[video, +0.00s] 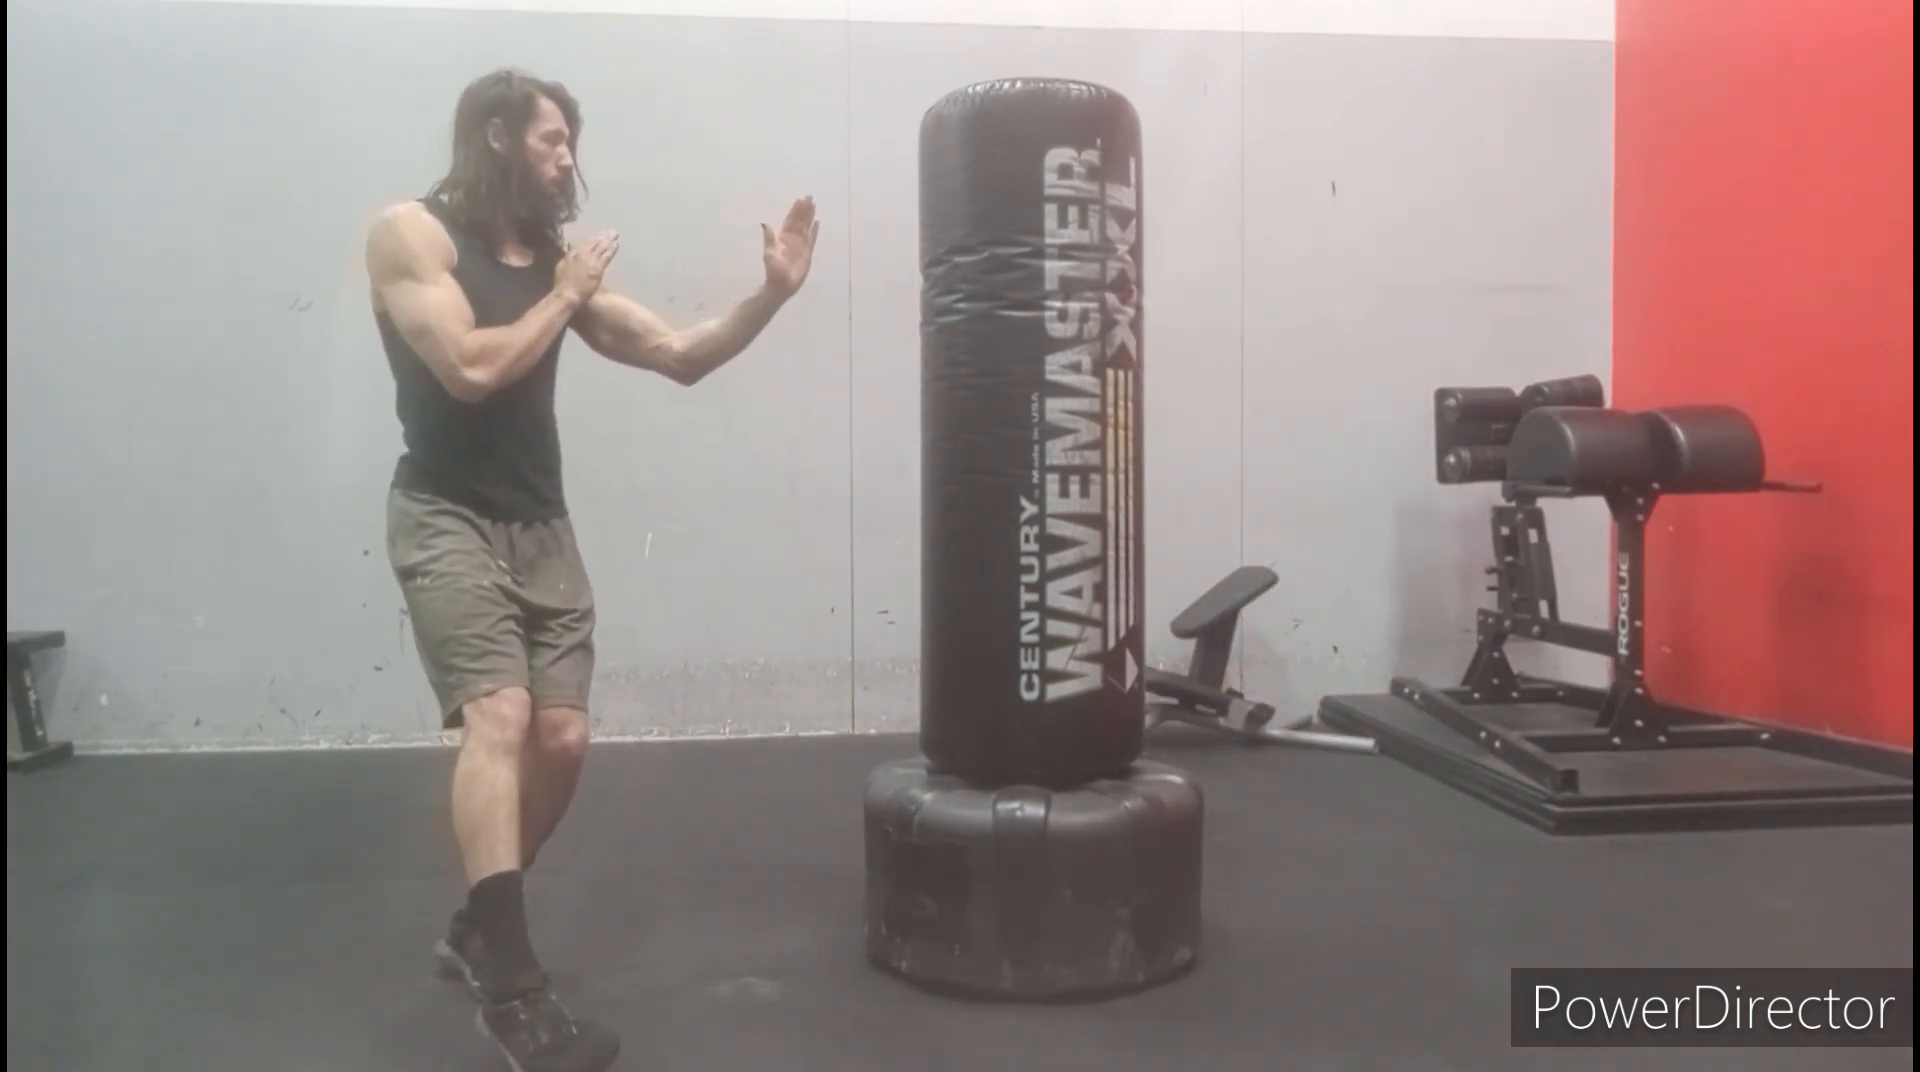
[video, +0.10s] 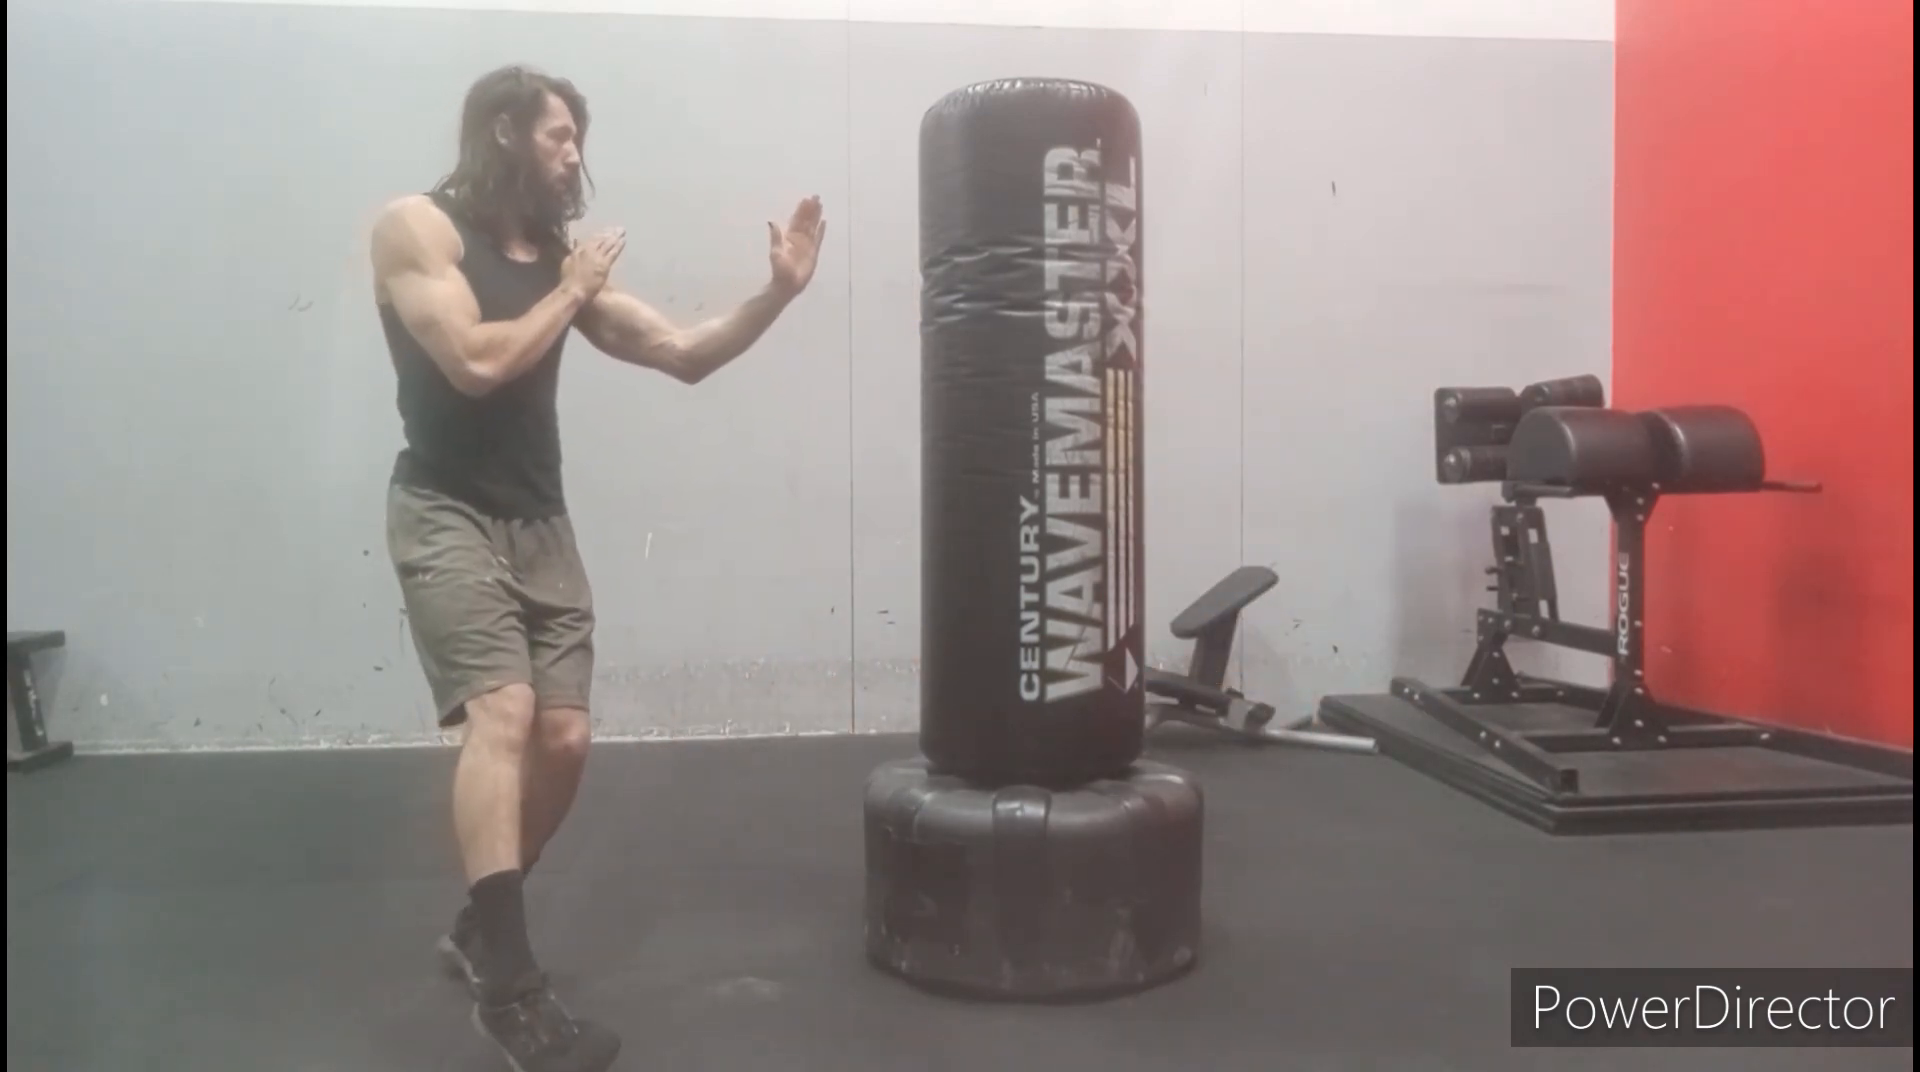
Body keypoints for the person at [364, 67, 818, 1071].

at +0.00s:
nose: (571, 160)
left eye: (571, 143)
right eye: (555, 141)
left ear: (532, 152)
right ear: (497, 143)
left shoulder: (550, 267)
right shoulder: (406, 234)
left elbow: (681, 354)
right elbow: (471, 370)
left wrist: (771, 292)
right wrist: (565, 293)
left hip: (539, 522)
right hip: (444, 515)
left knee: (561, 741)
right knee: (497, 716)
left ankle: (477, 923)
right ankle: (514, 979)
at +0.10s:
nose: (578, 157)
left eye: (579, 140)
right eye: (563, 137)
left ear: (537, 149)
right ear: (504, 139)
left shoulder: (554, 265)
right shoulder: (411, 228)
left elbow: (685, 354)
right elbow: (477, 363)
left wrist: (777, 290)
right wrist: (572, 288)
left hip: (539, 521)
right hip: (444, 513)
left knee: (562, 741)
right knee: (501, 713)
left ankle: (478, 922)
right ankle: (510, 979)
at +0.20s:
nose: (584, 153)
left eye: (585, 136)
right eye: (569, 134)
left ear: (542, 144)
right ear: (510, 135)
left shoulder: (556, 260)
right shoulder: (418, 222)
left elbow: (686, 353)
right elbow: (484, 357)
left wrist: (781, 290)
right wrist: (577, 284)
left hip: (537, 516)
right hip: (445, 507)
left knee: (567, 740)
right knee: (508, 710)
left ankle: (481, 924)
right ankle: (509, 974)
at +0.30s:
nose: (591, 149)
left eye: (592, 131)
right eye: (576, 129)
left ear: (545, 140)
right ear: (518, 131)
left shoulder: (560, 258)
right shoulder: (425, 215)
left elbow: (689, 351)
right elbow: (493, 352)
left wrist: (785, 291)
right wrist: (585, 280)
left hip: (536, 514)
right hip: (446, 503)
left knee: (571, 740)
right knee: (516, 712)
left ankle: (482, 927)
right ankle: (524, 981)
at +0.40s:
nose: (596, 146)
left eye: (597, 128)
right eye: (582, 125)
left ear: (548, 135)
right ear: (523, 126)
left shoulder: (565, 253)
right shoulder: (430, 210)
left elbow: (691, 350)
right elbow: (504, 349)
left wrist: (791, 289)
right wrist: (593, 276)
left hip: (538, 513)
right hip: (448, 505)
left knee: (572, 745)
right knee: (526, 716)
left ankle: (486, 924)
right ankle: (537, 984)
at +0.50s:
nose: (601, 142)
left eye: (602, 124)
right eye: (587, 121)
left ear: (551, 130)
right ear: (527, 121)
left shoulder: (570, 250)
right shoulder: (436, 206)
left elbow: (694, 349)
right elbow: (517, 348)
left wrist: (798, 290)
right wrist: (600, 274)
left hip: (541, 515)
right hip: (451, 507)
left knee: (577, 753)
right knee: (548, 720)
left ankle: (482, 929)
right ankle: (542, 991)